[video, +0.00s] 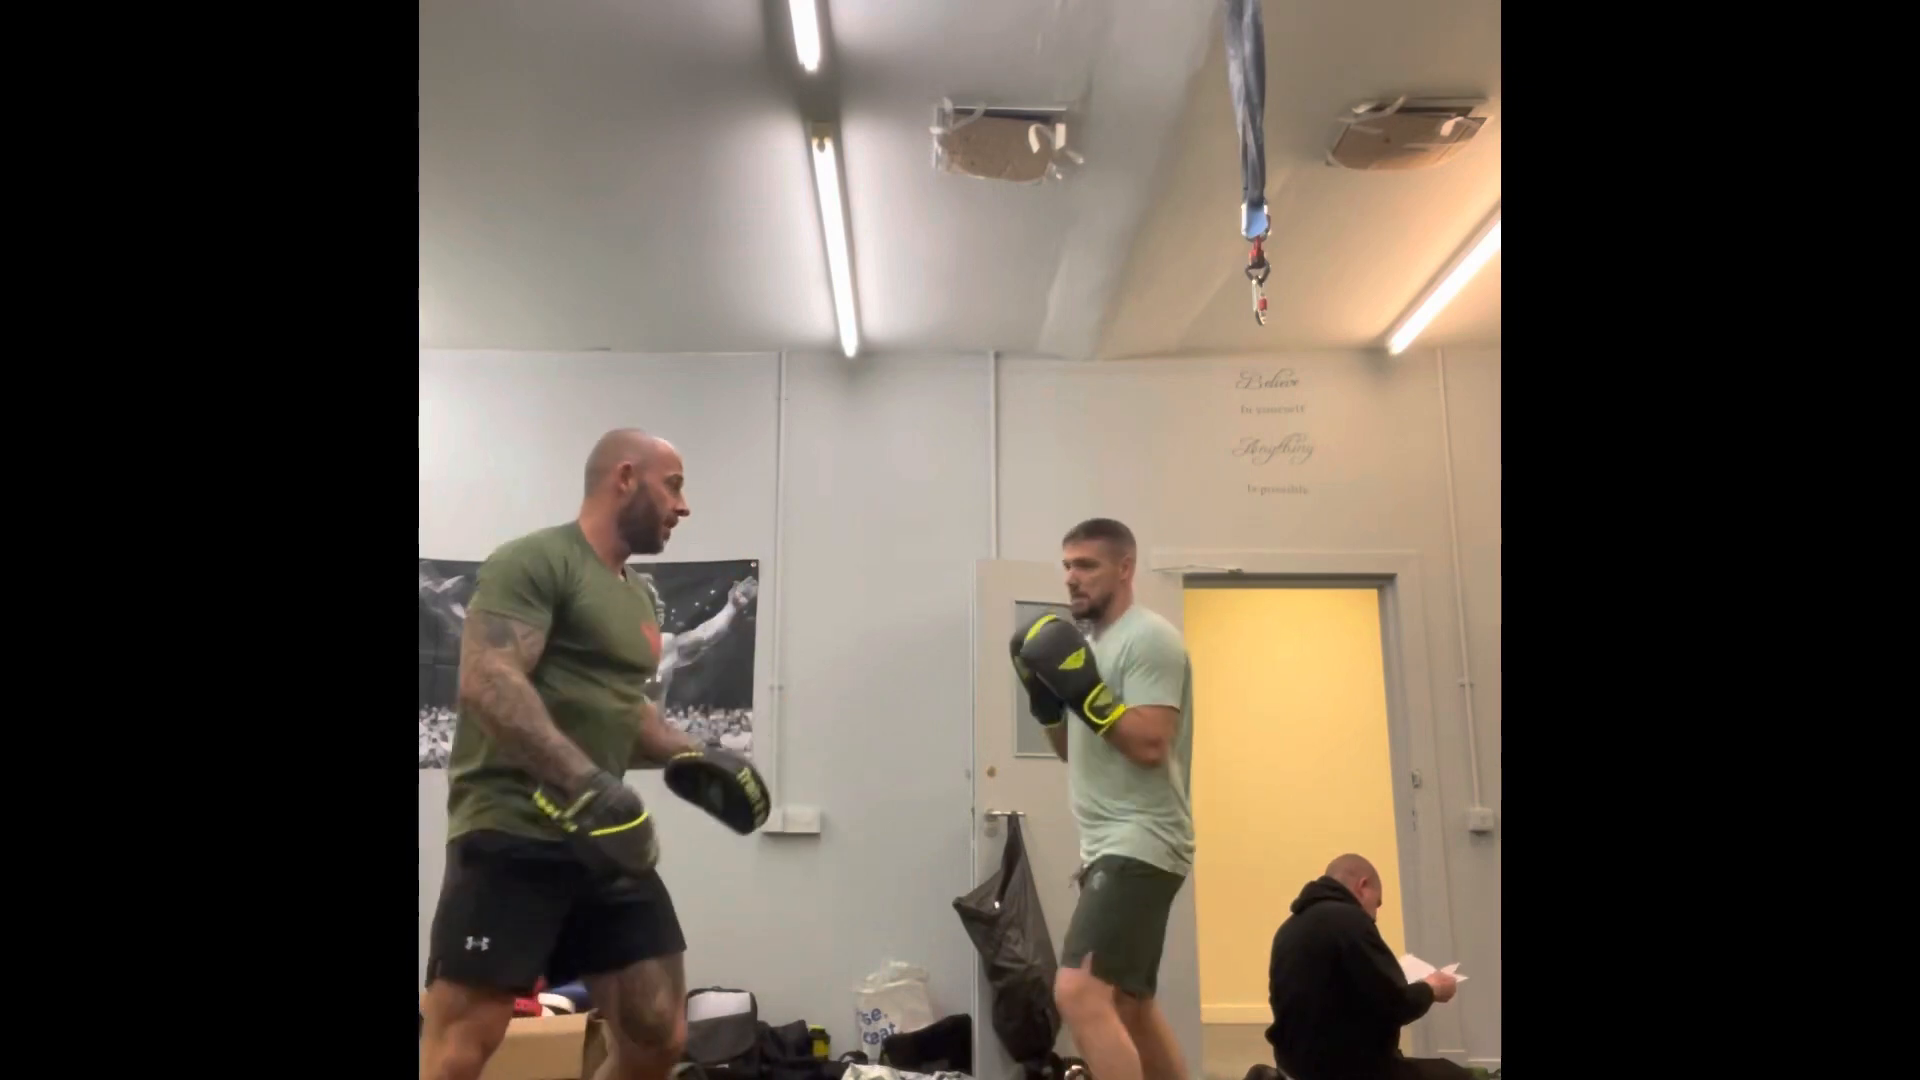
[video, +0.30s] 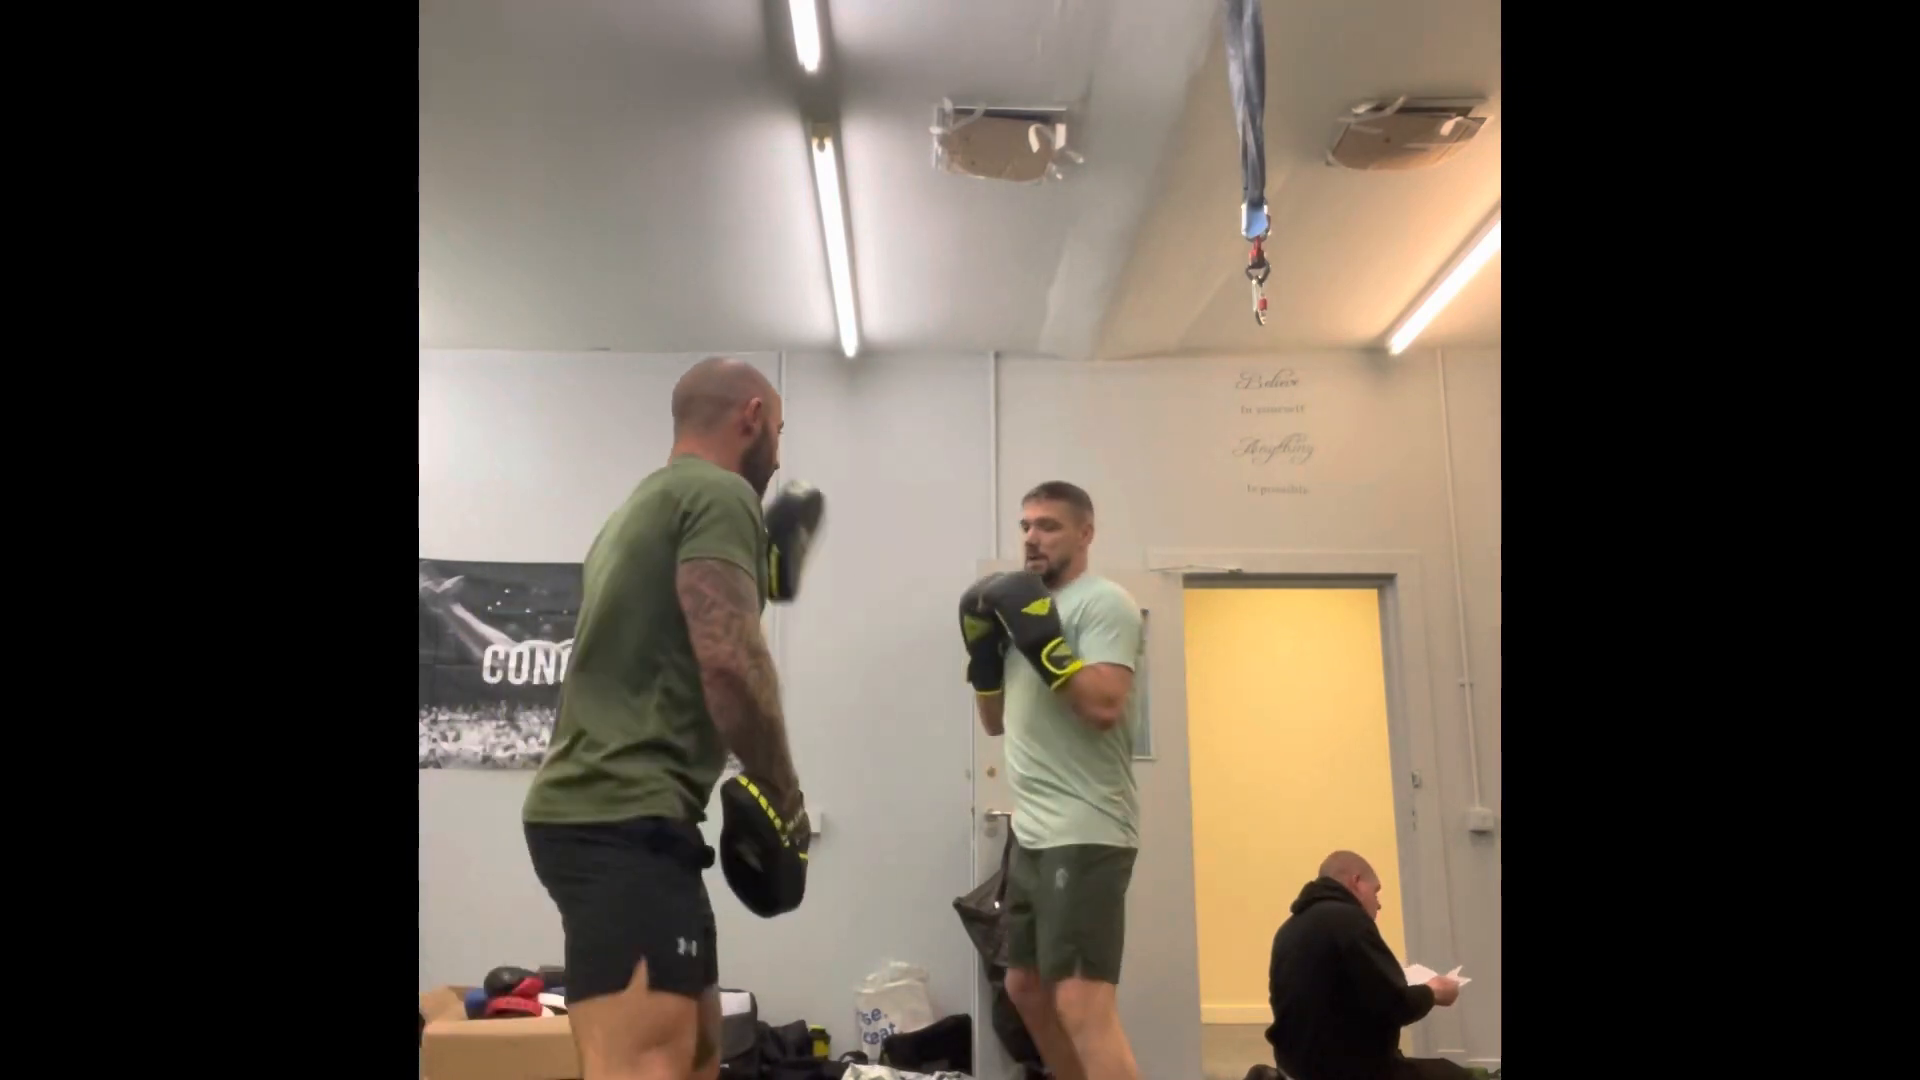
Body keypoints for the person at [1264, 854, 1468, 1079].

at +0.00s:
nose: (1374, 916)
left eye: (1377, 907)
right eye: (1376, 904)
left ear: (1330, 883)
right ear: (1361, 887)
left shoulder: (1287, 930)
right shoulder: (1350, 921)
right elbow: (1392, 1006)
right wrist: (1430, 989)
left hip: (1301, 1067)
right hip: (1356, 1070)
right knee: (1452, 1072)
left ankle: (1272, 1075)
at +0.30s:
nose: (1378, 905)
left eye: (1378, 893)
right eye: (1376, 891)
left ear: (1327, 882)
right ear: (1356, 882)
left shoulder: (1288, 930)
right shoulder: (1348, 920)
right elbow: (1390, 1007)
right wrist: (1431, 992)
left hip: (1302, 1069)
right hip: (1356, 1071)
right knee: (1454, 1072)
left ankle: (1273, 1074)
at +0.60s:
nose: (1375, 889)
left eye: (1372, 879)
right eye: (1369, 878)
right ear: (1346, 878)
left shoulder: (1288, 931)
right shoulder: (1348, 920)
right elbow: (1393, 1009)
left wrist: (1399, 992)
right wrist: (1426, 1000)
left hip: (1301, 1068)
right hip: (1357, 1070)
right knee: (1455, 1072)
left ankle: (1272, 1075)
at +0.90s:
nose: (1376, 895)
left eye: (1374, 885)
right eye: (1371, 884)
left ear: (1326, 882)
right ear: (1347, 880)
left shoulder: (1288, 930)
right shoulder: (1350, 920)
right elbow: (1376, 1006)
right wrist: (1426, 1034)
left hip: (1302, 1067)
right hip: (1356, 1069)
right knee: (1460, 1072)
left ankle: (1272, 1074)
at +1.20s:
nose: (1388, 906)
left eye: (1389, 894)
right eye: (1386, 893)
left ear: (1359, 885)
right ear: (1363, 886)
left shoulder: (1297, 928)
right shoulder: (1364, 929)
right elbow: (1375, 1028)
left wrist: (1386, 1024)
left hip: (1297, 1067)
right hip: (1348, 1071)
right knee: (1450, 1071)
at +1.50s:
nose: (1415, 923)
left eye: (1417, 912)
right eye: (1415, 910)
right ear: (1394, 898)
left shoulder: (1326, 925)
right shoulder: (1389, 933)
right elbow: (1387, 1030)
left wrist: (1403, 1045)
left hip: (1293, 1057)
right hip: (1341, 1067)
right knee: (1457, 1072)